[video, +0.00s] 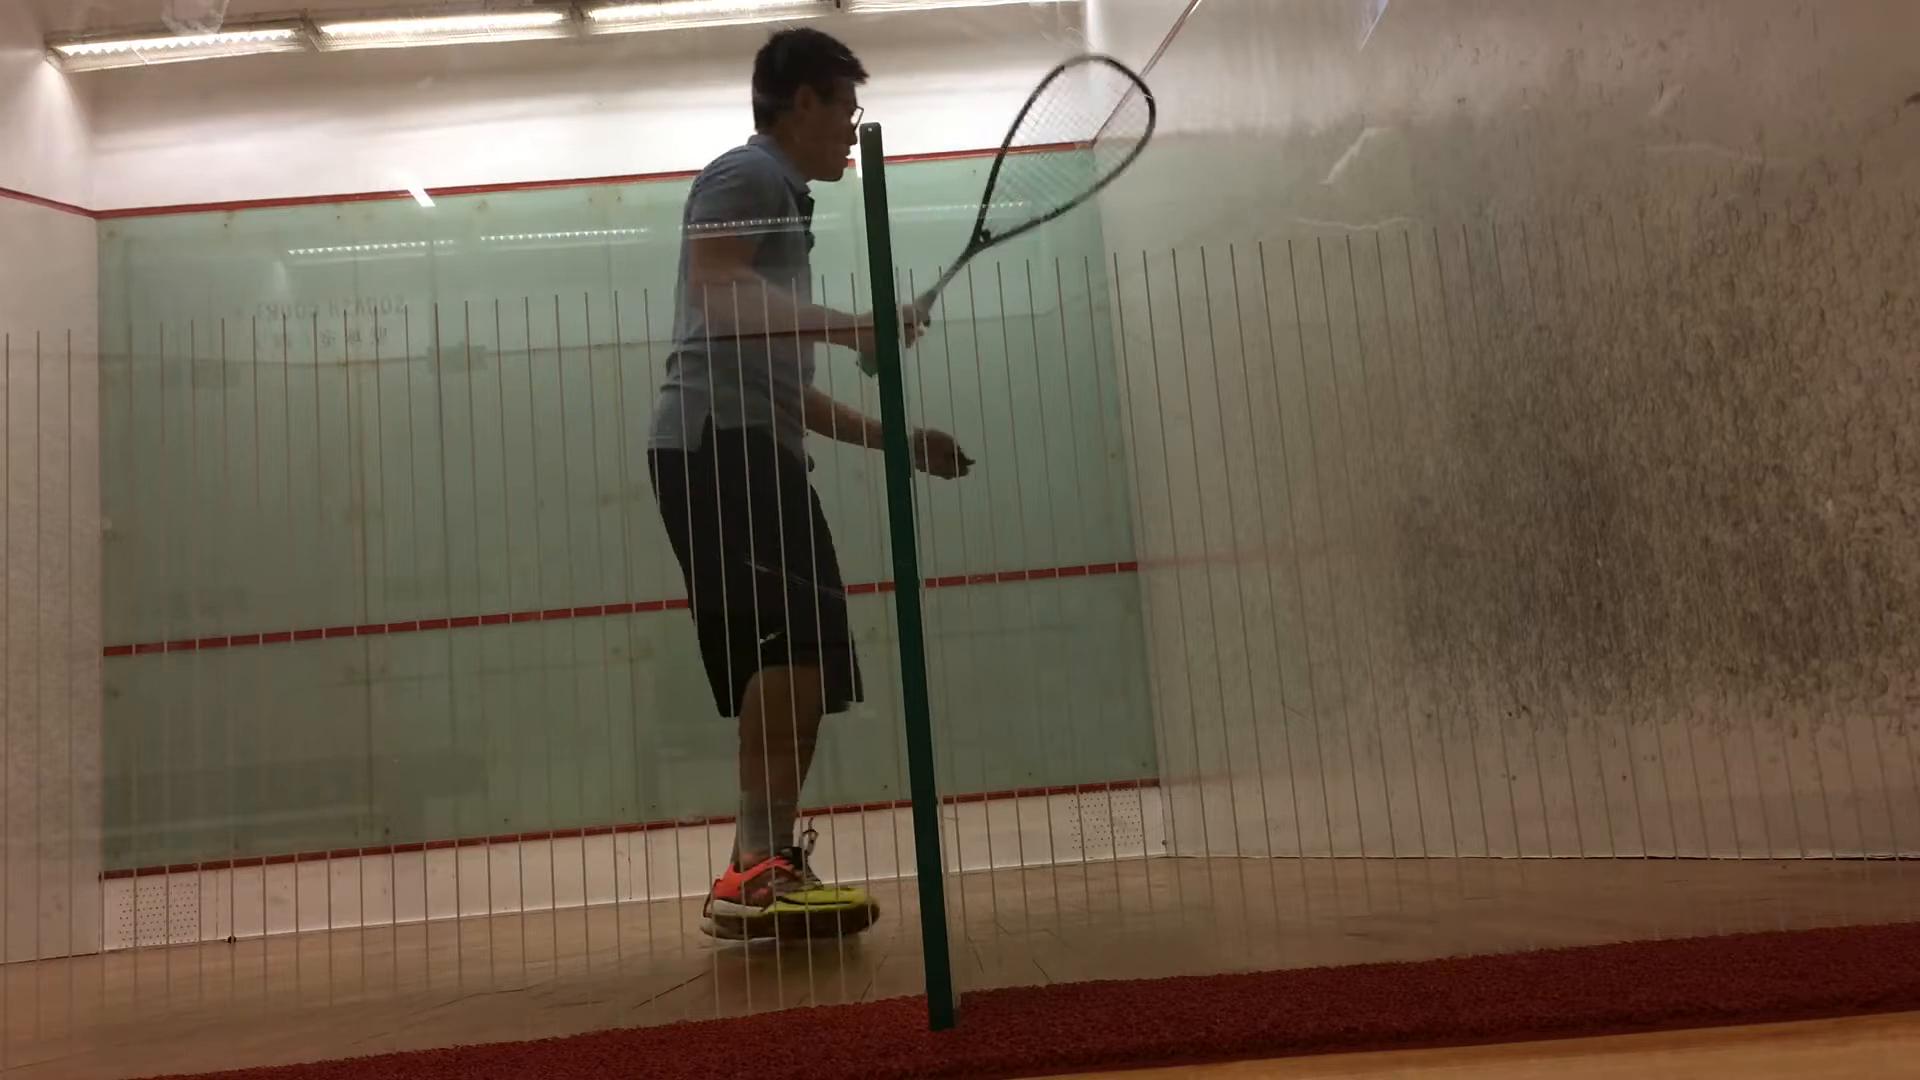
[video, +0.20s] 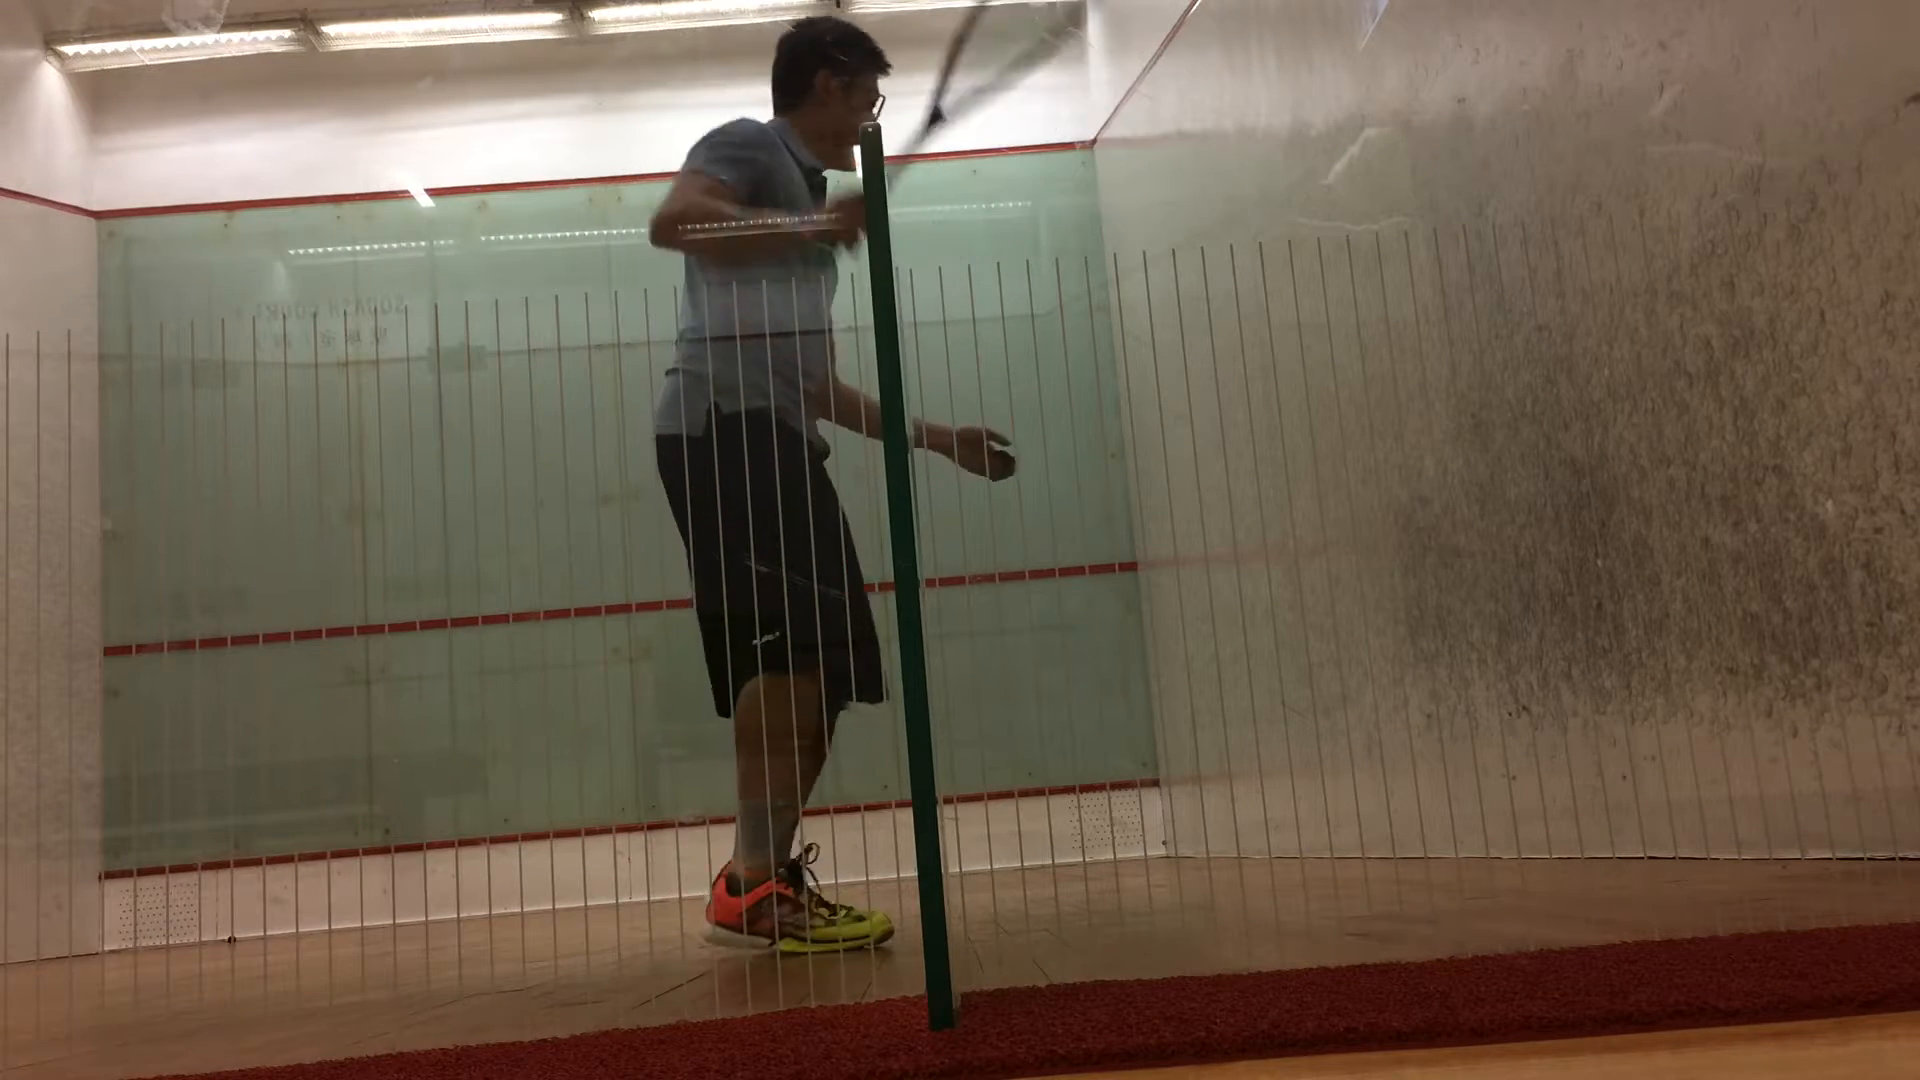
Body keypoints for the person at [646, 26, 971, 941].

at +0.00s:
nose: (856, 127)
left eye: (855, 109)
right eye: (845, 108)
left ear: (800, 110)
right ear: (798, 105)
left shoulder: (783, 213)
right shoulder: (745, 174)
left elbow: (784, 392)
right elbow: (717, 293)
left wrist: (896, 440)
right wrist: (850, 327)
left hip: (757, 448)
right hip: (718, 443)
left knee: (806, 650)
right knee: (787, 641)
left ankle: (774, 865)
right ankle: (754, 867)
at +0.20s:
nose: (873, 115)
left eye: (876, 98)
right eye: (866, 94)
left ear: (825, 87)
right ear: (822, 83)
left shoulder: (810, 201)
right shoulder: (749, 146)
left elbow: (809, 381)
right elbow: (673, 221)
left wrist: (937, 436)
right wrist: (809, 226)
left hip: (778, 436)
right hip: (723, 428)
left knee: (829, 649)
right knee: (783, 643)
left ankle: (772, 876)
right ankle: (749, 879)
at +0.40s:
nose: (882, 127)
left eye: (892, 111)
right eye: (883, 102)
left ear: (847, 90)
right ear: (841, 75)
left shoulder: (825, 219)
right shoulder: (751, 126)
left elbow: (860, 385)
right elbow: (615, 144)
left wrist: (992, 400)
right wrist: (703, 37)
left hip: (779, 418)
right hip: (713, 407)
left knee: (851, 643)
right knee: (782, 648)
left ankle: (800, 874)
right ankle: (749, 891)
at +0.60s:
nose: (914, 158)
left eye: (920, 141)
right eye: (913, 133)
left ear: (871, 124)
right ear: (866, 110)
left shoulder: (829, 246)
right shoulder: (756, 145)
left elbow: (871, 393)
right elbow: (615, 188)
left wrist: (999, 395)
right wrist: (679, 51)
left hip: (771, 436)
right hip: (709, 419)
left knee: (875, 658)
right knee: (820, 650)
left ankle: (805, 876)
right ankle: (755, 887)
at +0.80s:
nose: (921, 158)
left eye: (923, 141)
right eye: (916, 138)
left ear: (871, 131)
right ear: (871, 128)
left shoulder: (820, 213)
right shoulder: (774, 160)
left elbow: (816, 372)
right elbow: (678, 235)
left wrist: (954, 368)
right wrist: (788, 167)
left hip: (761, 433)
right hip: (715, 428)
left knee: (855, 652)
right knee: (841, 649)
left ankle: (775, 876)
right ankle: (756, 882)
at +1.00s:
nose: (908, 163)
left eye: (914, 147)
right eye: (907, 142)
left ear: (829, 123)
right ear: (871, 127)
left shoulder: (748, 193)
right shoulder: (826, 191)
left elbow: (769, 341)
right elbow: (811, 329)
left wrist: (878, 397)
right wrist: (904, 406)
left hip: (680, 445)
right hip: (744, 441)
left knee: (764, 662)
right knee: (828, 652)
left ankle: (754, 873)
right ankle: (773, 873)